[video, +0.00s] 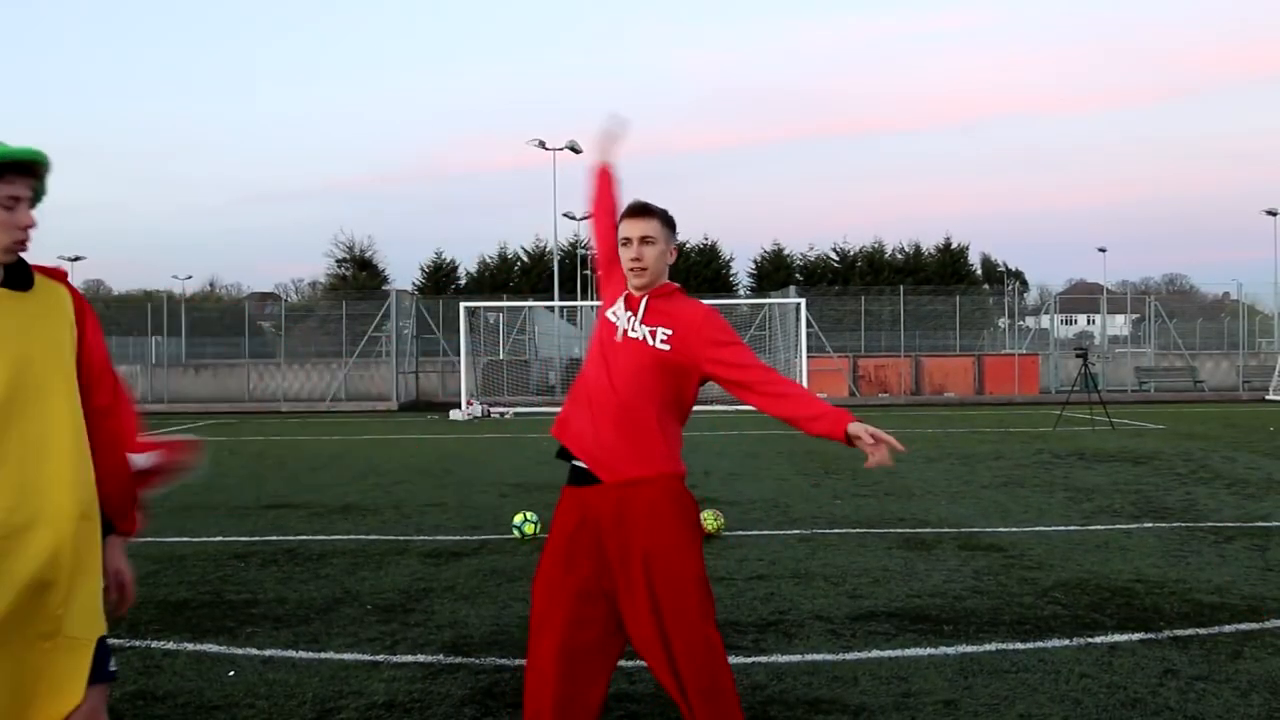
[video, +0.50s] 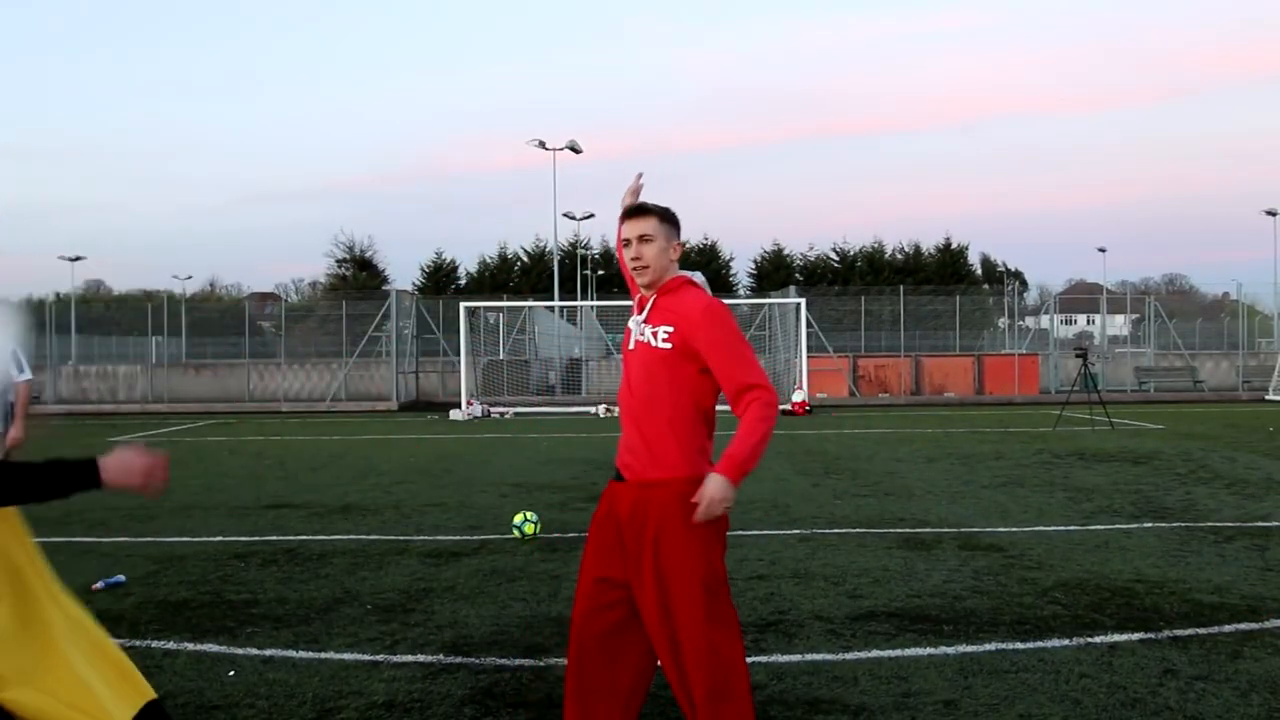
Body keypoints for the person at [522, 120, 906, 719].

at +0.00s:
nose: (634, 254)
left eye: (647, 242)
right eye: (625, 244)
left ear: (671, 251)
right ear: (616, 253)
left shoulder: (692, 320)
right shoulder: (615, 294)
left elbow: (762, 384)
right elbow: (603, 228)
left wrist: (844, 425)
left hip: (649, 499)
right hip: (583, 497)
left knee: (686, 650)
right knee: (555, 652)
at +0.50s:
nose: (634, 253)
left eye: (645, 241)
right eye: (627, 245)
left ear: (675, 248)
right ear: (626, 256)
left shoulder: (698, 308)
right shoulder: (647, 303)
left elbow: (759, 400)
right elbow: (629, 263)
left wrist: (728, 475)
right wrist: (625, 218)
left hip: (679, 505)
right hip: (624, 501)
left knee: (703, 655)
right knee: (596, 646)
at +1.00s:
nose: (576, 256)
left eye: (587, 244)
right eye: (569, 248)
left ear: (615, 250)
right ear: (565, 257)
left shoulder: (649, 304)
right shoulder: (580, 312)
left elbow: (701, 391)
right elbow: (554, 322)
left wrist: (710, 479)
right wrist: (536, 326)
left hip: (631, 485)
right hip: (581, 486)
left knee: (613, 627)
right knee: (572, 633)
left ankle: (669, 714)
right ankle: (585, 718)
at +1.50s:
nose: (543, 263)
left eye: (552, 250)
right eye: (541, 253)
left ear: (590, 250)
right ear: (579, 254)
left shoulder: (628, 305)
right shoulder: (580, 309)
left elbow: (691, 397)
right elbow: (594, 401)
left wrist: (662, 478)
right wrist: (560, 457)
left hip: (614, 493)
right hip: (577, 493)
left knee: (603, 639)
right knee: (576, 638)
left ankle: (615, 716)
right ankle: (583, 715)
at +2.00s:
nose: (536, 267)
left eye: (534, 257)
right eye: (533, 258)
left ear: (549, 256)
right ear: (590, 249)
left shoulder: (592, 305)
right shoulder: (624, 297)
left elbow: (640, 394)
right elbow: (684, 353)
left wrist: (586, 456)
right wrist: (645, 417)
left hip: (606, 501)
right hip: (632, 497)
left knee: (604, 641)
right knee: (624, 638)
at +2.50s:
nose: (550, 266)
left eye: (547, 258)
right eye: (549, 259)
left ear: (554, 257)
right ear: (602, 253)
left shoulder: (583, 296)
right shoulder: (632, 299)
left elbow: (614, 370)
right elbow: (686, 384)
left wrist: (542, 417)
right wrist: (621, 412)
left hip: (591, 486)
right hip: (634, 485)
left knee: (587, 631)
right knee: (635, 626)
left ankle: (596, 715)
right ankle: (635, 713)